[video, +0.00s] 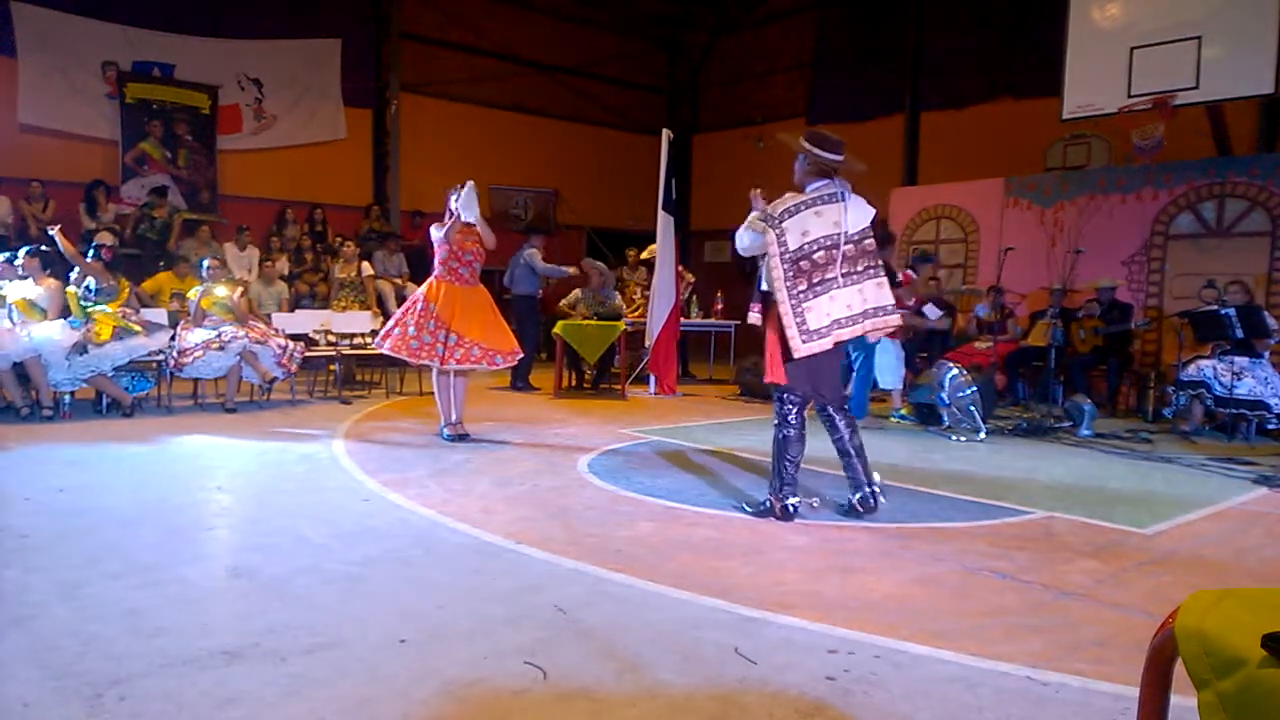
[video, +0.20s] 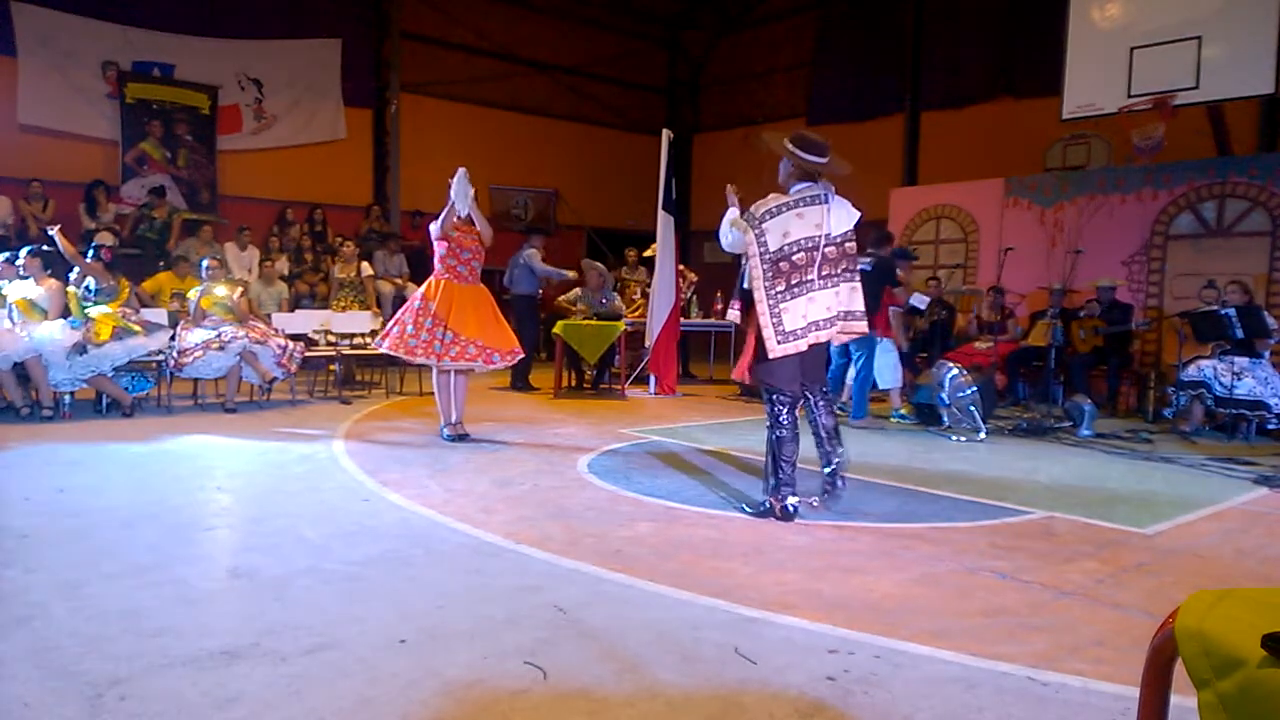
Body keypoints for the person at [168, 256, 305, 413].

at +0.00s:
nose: (212, 272)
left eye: (216, 268)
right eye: (209, 269)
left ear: (224, 270)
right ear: (203, 272)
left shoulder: (236, 289)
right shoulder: (197, 293)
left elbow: (244, 319)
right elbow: (197, 322)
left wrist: (234, 303)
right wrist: (201, 298)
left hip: (233, 327)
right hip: (208, 328)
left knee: (236, 356)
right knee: (237, 340)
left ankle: (230, 400)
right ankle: (264, 374)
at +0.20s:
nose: (210, 273)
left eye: (214, 269)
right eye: (207, 269)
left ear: (223, 270)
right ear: (202, 272)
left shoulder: (236, 289)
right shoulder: (197, 293)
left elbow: (244, 318)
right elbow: (196, 321)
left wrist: (234, 303)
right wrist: (200, 300)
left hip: (233, 328)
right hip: (208, 330)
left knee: (236, 357)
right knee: (238, 342)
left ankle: (230, 400)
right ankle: (265, 374)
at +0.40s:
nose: (210, 273)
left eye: (214, 269)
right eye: (206, 269)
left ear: (223, 270)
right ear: (201, 273)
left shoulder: (236, 289)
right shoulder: (197, 293)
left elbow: (245, 318)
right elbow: (196, 321)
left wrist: (234, 303)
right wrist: (201, 299)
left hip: (233, 328)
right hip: (208, 329)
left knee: (236, 357)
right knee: (238, 342)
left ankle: (230, 400)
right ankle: (264, 374)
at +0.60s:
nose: (209, 273)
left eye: (213, 269)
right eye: (205, 269)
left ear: (222, 270)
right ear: (201, 272)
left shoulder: (235, 289)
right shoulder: (196, 293)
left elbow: (245, 317)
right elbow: (197, 321)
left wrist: (233, 303)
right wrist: (200, 298)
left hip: (233, 328)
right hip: (207, 330)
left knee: (236, 358)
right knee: (238, 342)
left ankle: (229, 400)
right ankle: (264, 375)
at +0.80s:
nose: (209, 273)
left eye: (213, 269)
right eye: (205, 269)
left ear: (222, 270)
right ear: (201, 272)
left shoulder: (235, 289)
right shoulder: (196, 293)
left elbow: (245, 317)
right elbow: (196, 321)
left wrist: (233, 303)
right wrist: (200, 298)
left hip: (233, 328)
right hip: (208, 330)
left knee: (236, 358)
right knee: (239, 342)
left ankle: (229, 401)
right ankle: (265, 375)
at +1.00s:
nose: (209, 273)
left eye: (213, 269)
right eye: (205, 269)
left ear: (222, 270)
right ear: (201, 272)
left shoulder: (235, 289)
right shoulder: (196, 293)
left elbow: (245, 317)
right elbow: (196, 321)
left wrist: (233, 304)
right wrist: (199, 297)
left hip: (233, 327)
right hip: (208, 329)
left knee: (236, 358)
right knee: (239, 342)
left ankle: (230, 400)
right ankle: (265, 375)